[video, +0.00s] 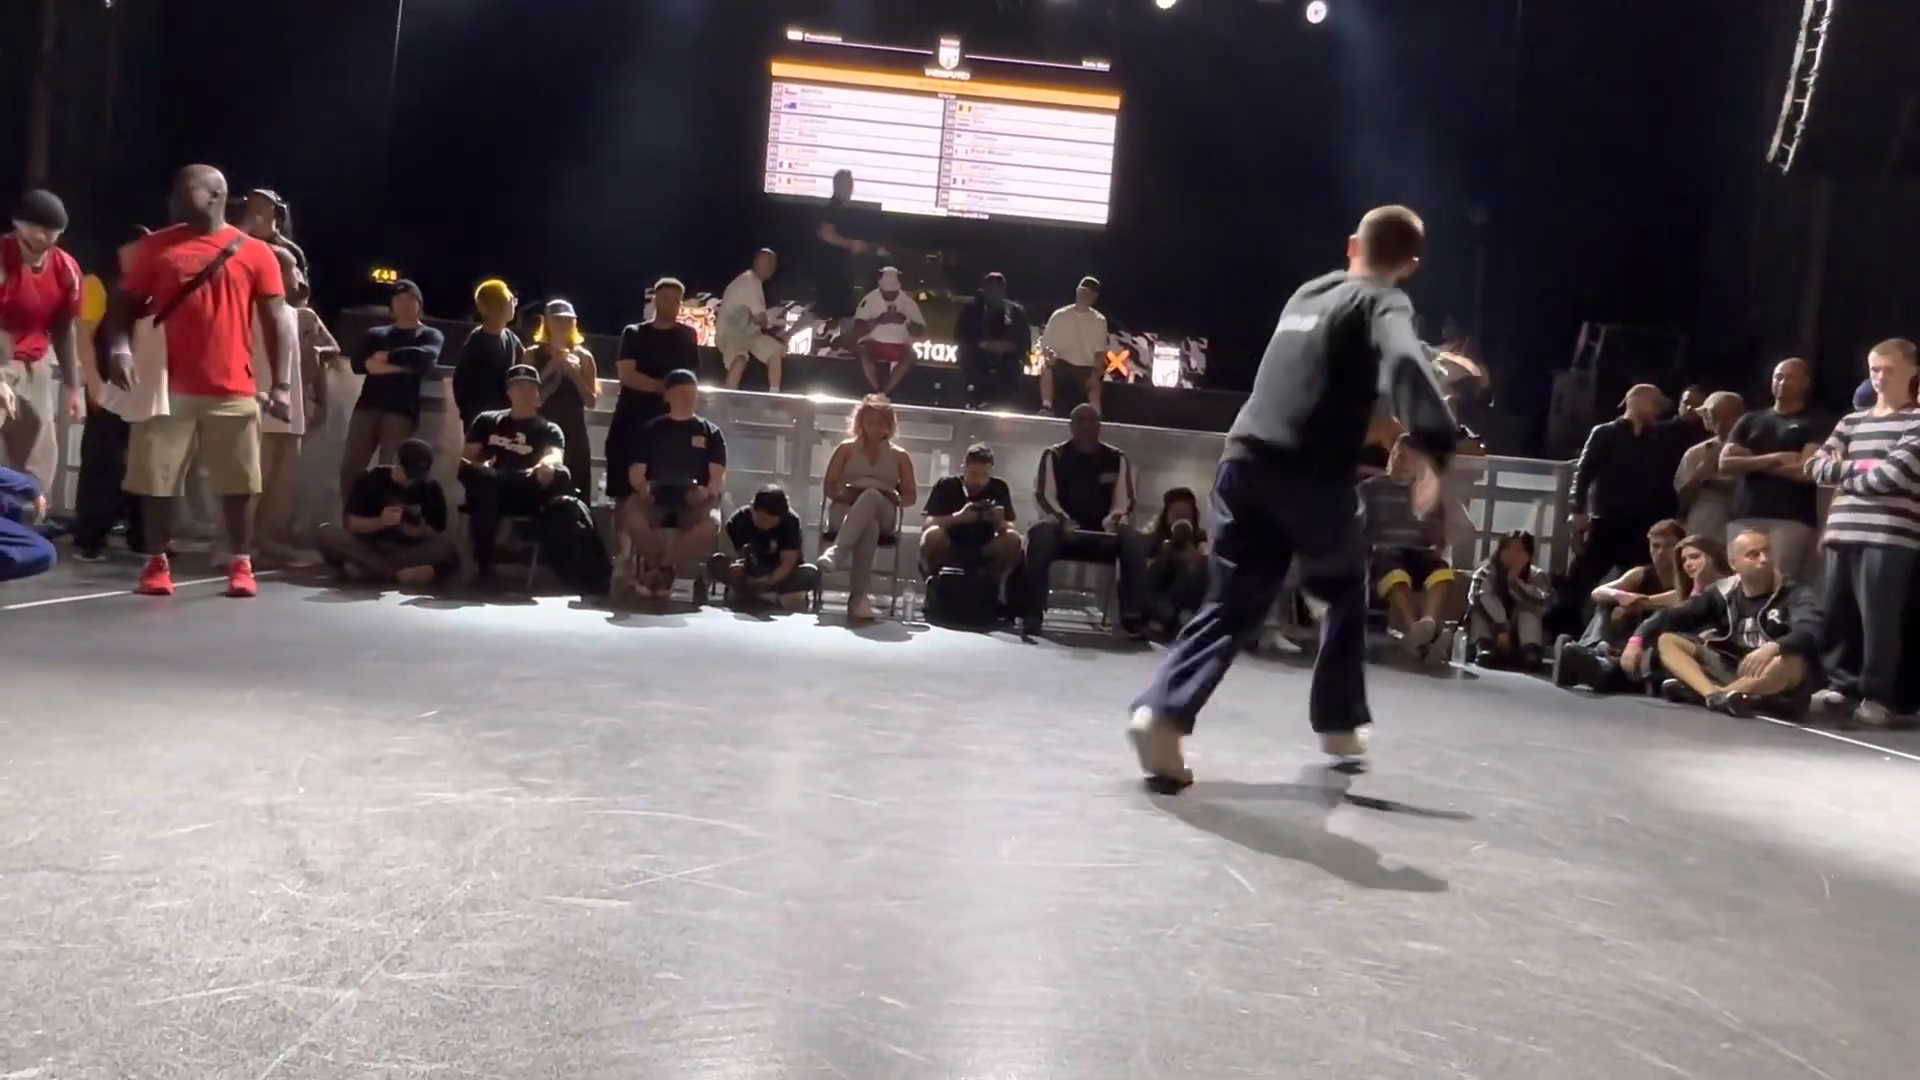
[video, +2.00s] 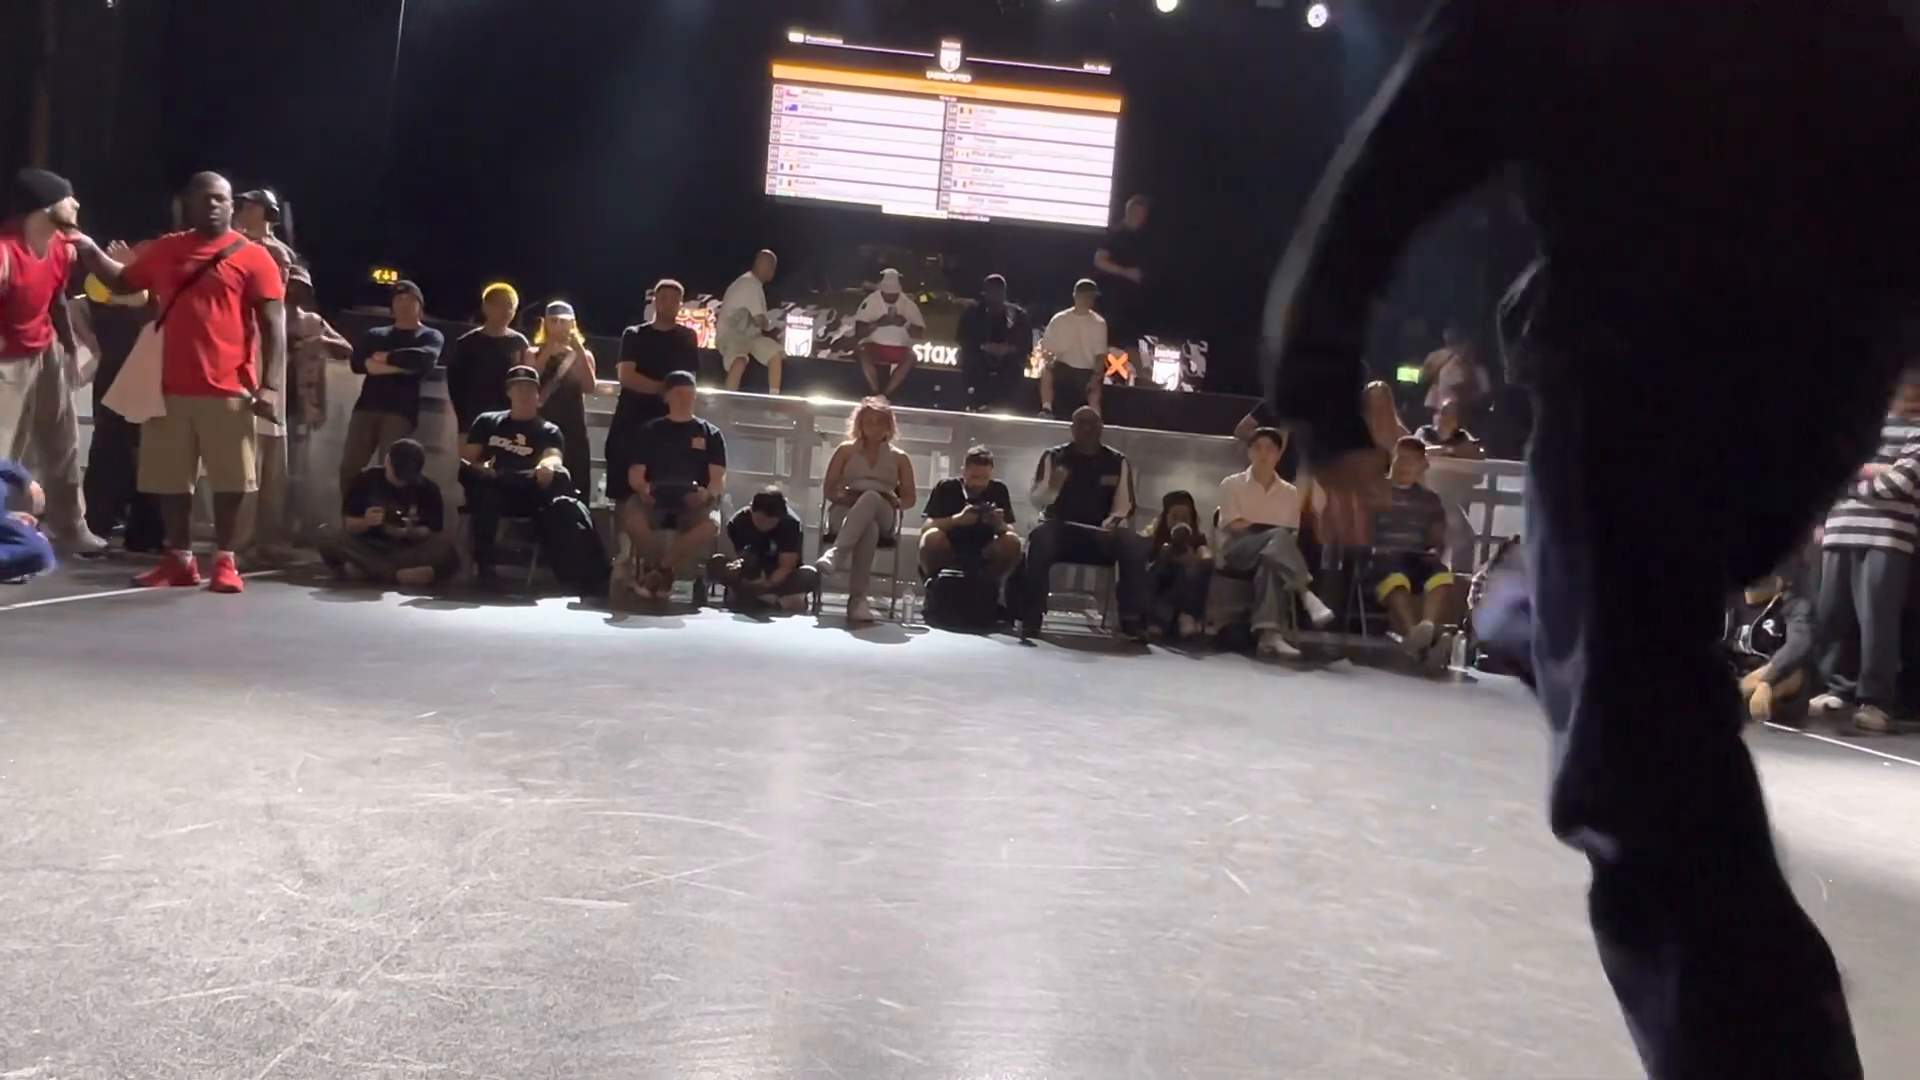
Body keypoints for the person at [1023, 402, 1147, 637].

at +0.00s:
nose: (1086, 427)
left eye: (1091, 421)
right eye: (1080, 421)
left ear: (1100, 425)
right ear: (1071, 425)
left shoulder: (1117, 459)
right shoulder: (1054, 456)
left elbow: (1124, 501)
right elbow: (1045, 496)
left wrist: (1114, 518)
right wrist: (1062, 519)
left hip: (1103, 535)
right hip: (1068, 533)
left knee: (1133, 539)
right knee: (1040, 532)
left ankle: (1133, 617)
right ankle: (1032, 616)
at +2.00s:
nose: (1087, 429)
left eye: (1093, 423)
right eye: (1081, 423)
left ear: (1102, 428)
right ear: (1071, 428)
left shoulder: (1118, 462)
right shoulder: (1053, 457)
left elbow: (1123, 503)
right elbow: (1037, 500)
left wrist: (1114, 519)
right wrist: (1053, 486)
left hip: (1099, 535)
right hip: (1062, 533)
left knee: (1132, 541)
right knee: (1040, 536)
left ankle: (1132, 619)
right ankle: (1031, 619)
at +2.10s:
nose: (1088, 429)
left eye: (1093, 423)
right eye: (1082, 423)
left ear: (1102, 428)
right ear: (1072, 428)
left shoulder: (1119, 462)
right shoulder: (1056, 454)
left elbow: (1123, 502)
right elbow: (1037, 495)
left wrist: (1115, 519)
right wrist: (1054, 463)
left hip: (1099, 535)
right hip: (1062, 533)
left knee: (1132, 541)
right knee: (1042, 534)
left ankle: (1132, 619)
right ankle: (1032, 619)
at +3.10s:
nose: (1081, 433)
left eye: (1087, 427)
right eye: (1075, 427)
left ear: (1095, 432)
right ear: (1066, 430)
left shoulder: (1112, 465)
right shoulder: (1047, 457)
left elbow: (1116, 508)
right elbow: (1029, 501)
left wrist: (1105, 524)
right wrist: (1041, 484)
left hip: (1090, 537)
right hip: (1053, 535)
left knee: (1123, 543)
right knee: (1033, 538)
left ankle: (1123, 621)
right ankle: (1023, 621)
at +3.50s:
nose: (1072, 436)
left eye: (1077, 430)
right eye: (1066, 430)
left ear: (1086, 432)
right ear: (1057, 432)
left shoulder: (1102, 465)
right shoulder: (1038, 460)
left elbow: (1109, 508)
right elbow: (1024, 500)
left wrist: (1100, 522)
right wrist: (1040, 518)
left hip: (1085, 536)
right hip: (1049, 534)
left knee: (1112, 544)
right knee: (1023, 539)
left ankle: (1104, 626)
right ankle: (1019, 622)